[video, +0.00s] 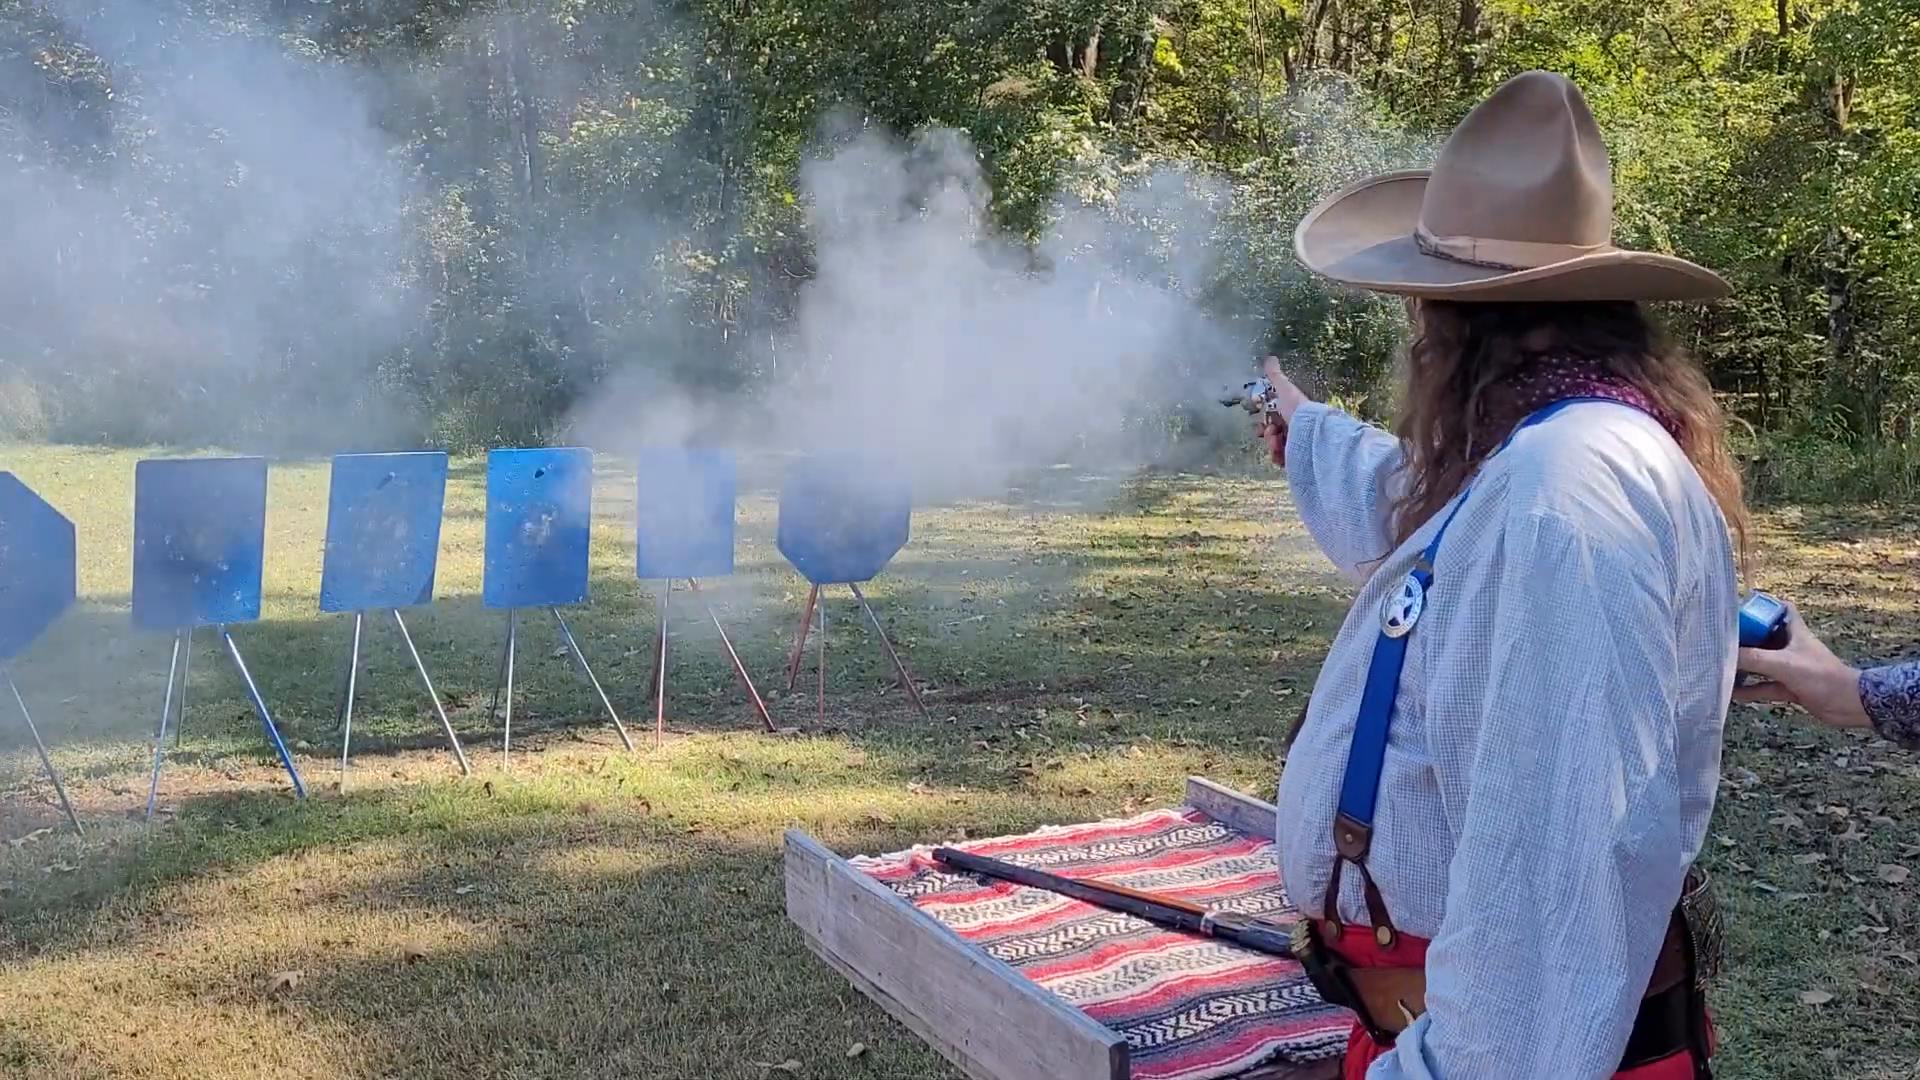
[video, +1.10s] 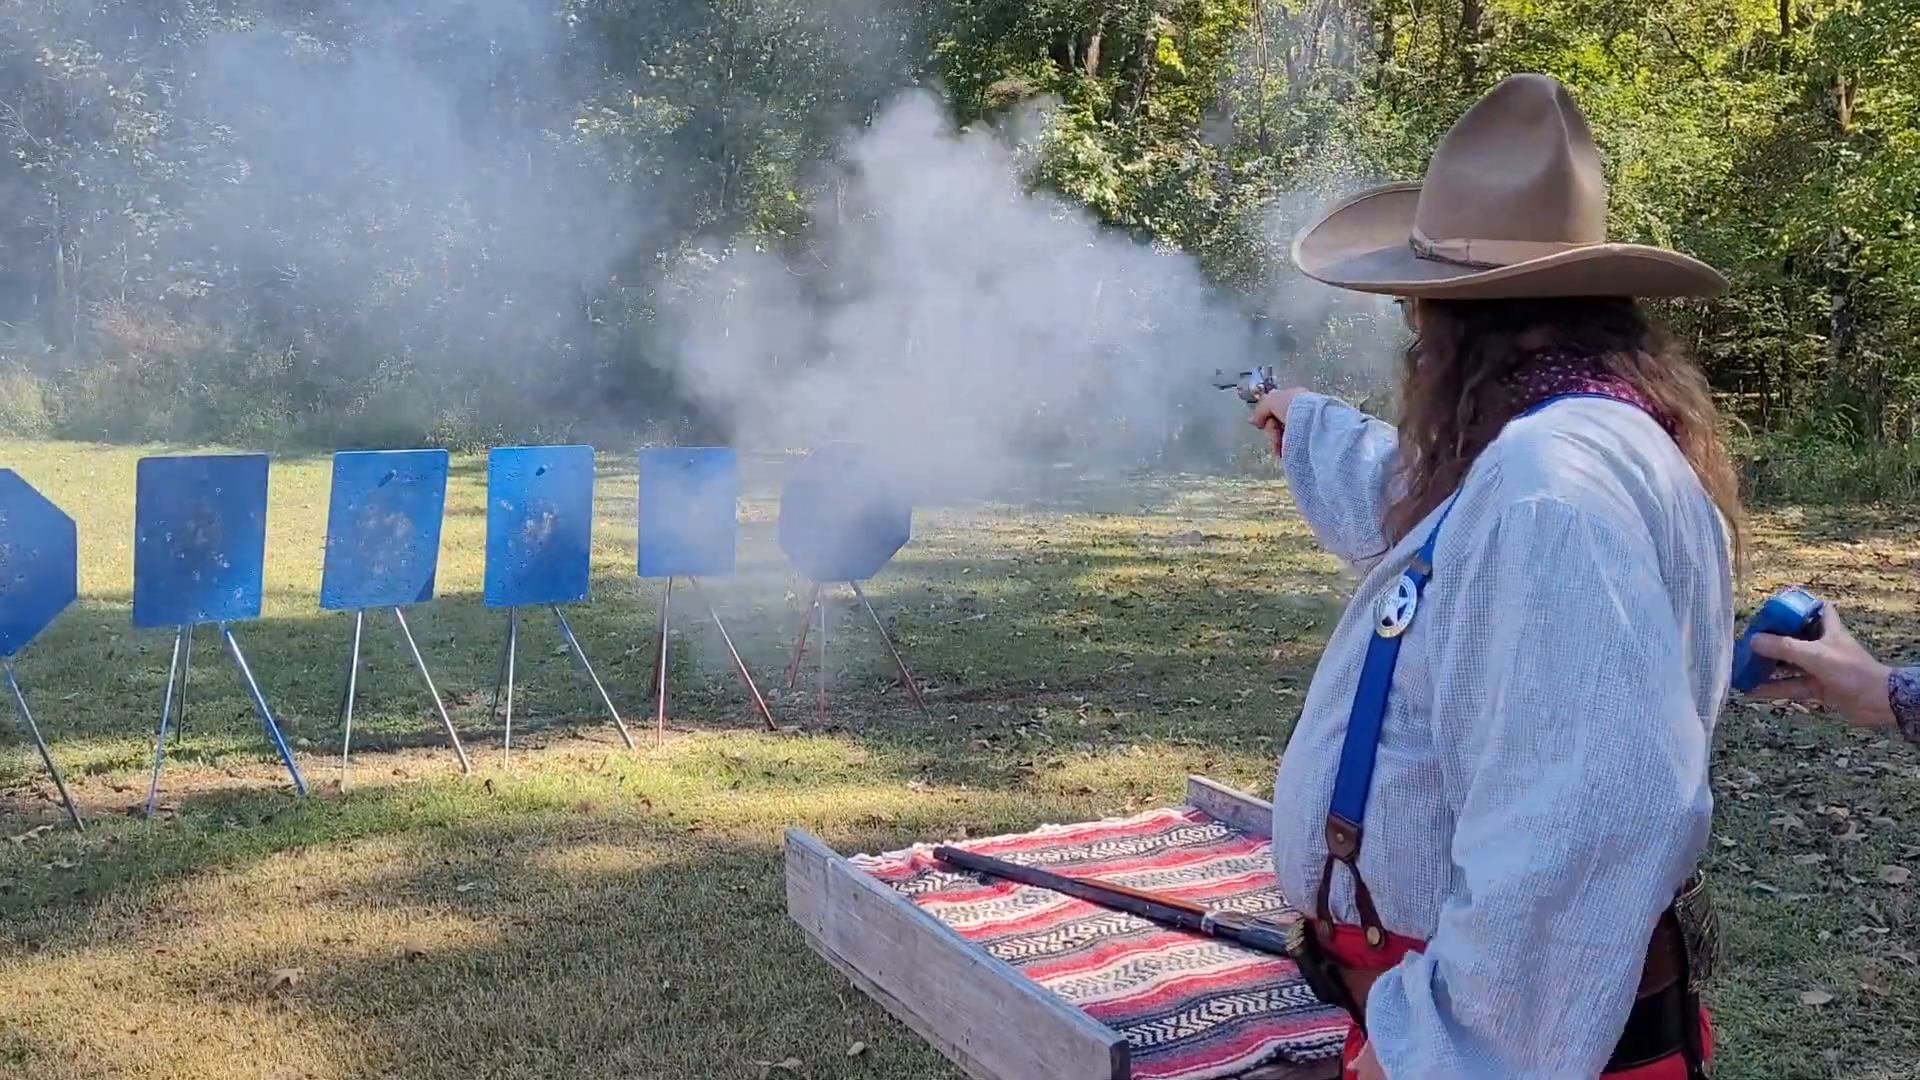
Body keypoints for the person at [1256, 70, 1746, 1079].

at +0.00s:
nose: (1409, 329)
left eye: (1421, 304)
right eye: (1411, 301)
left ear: (1461, 320)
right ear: (1566, 308)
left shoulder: (1562, 496)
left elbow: (1558, 872)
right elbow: (1412, 509)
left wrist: (1437, 1062)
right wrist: (1303, 429)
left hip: (1494, 1022)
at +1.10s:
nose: (1409, 335)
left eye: (1420, 309)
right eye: (1412, 306)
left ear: (1462, 323)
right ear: (1572, 310)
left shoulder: (1548, 478)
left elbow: (1596, 811)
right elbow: (1412, 507)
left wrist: (1437, 1047)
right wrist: (1306, 423)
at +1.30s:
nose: (1388, 345)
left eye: (1395, 318)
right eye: (1389, 317)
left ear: (1435, 326)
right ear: (1564, 307)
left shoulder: (1523, 456)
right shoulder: (1597, 427)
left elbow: (1695, 719)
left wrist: (1489, 953)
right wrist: (1398, 513)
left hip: (1489, 1045)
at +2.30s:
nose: (1372, 348)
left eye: (1381, 321)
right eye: (1373, 320)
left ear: (1427, 321)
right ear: (1551, 301)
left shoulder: (1484, 423)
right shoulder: (1675, 447)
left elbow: (1496, 598)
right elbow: (1751, 677)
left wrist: (1271, 678)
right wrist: (1668, 803)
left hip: (1482, 1028)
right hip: (1641, 995)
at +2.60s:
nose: (1405, 331)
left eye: (1416, 307)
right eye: (1411, 305)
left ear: (1450, 320)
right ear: (1588, 311)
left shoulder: (1506, 464)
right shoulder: (1662, 458)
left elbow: (1303, 765)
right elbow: (1711, 796)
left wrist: (1224, 696)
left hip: (1500, 1044)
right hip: (1643, 1006)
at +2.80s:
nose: (1400, 332)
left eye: (1411, 308)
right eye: (1406, 305)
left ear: (1442, 322)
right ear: (1586, 315)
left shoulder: (1486, 461)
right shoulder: (1665, 463)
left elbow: (1265, 757)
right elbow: (1713, 790)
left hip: (1496, 1044)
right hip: (1649, 1006)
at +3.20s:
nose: (1404, 335)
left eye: (1414, 311)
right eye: (1409, 308)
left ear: (1450, 324)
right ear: (1585, 313)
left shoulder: (1498, 481)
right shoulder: (1665, 471)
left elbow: (1331, 783)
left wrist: (1200, 801)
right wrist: (1360, 638)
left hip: (1503, 1043)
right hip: (1650, 1007)